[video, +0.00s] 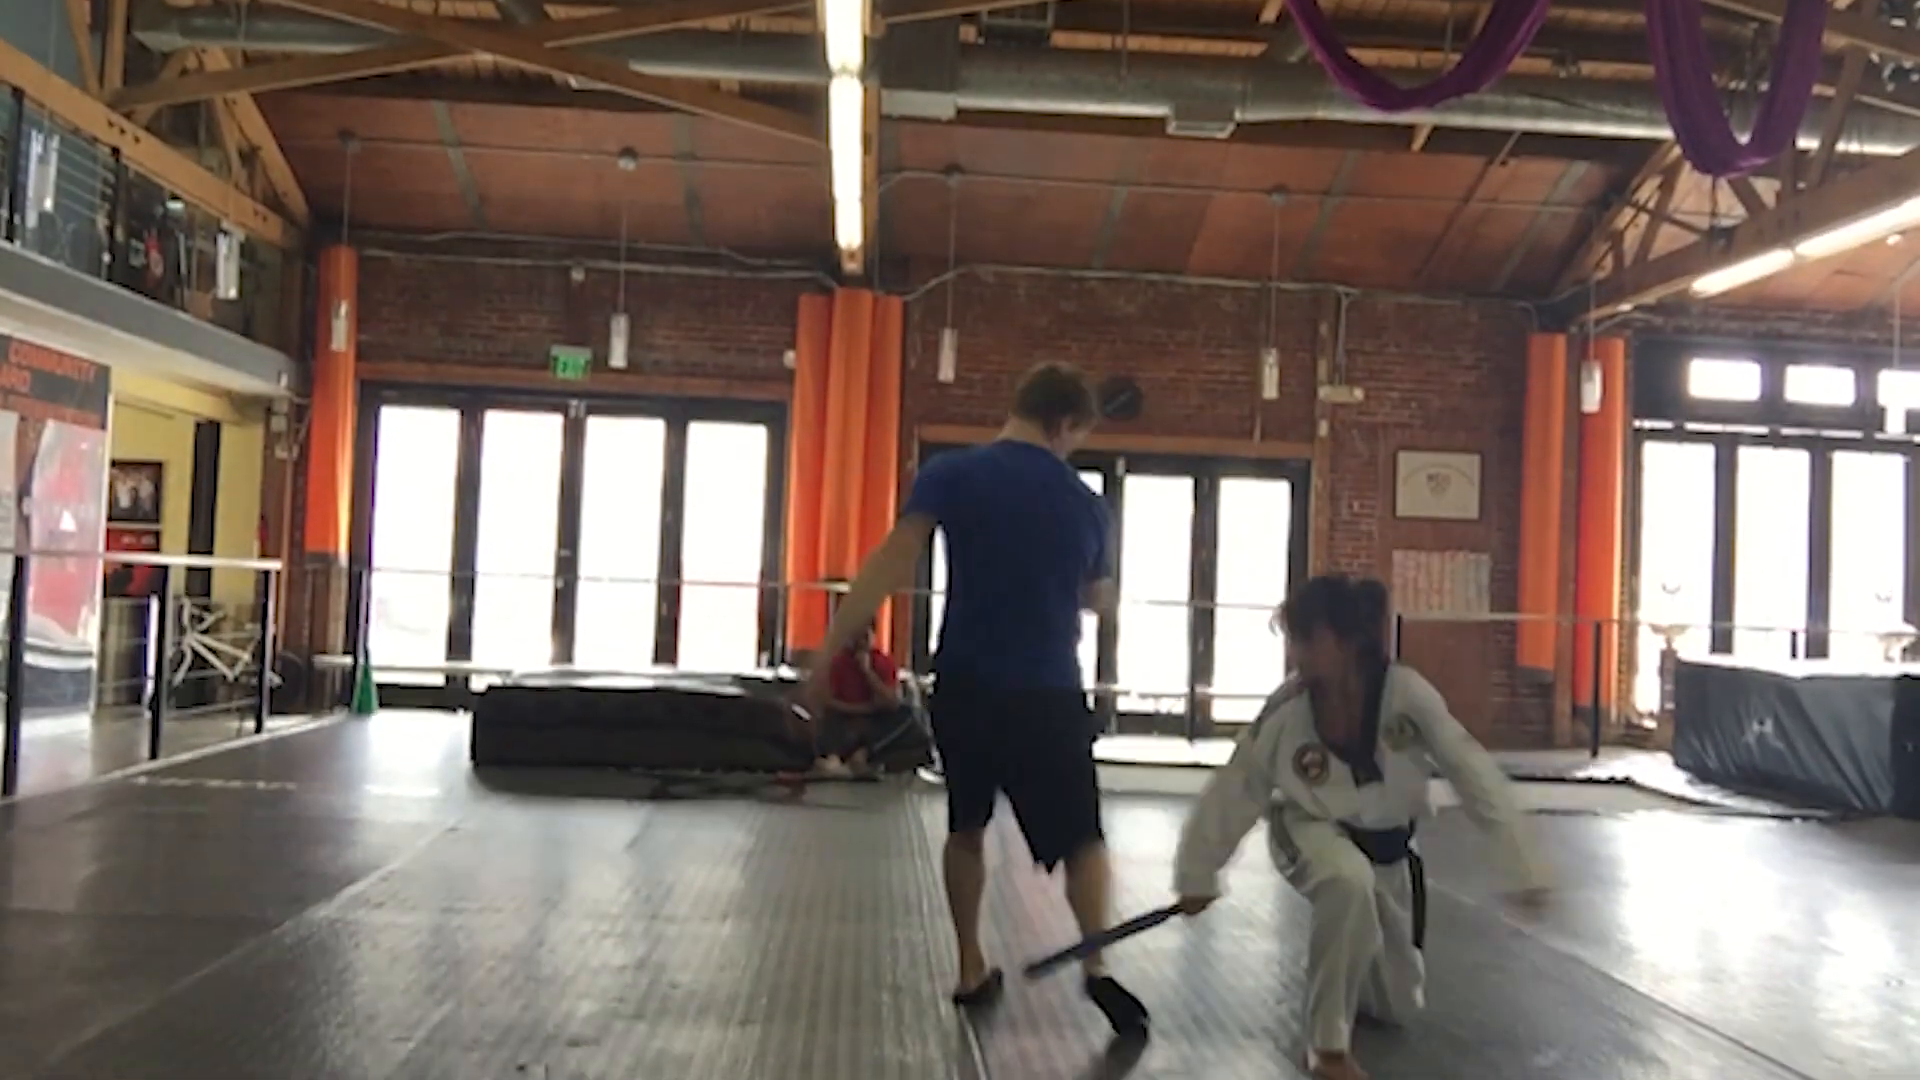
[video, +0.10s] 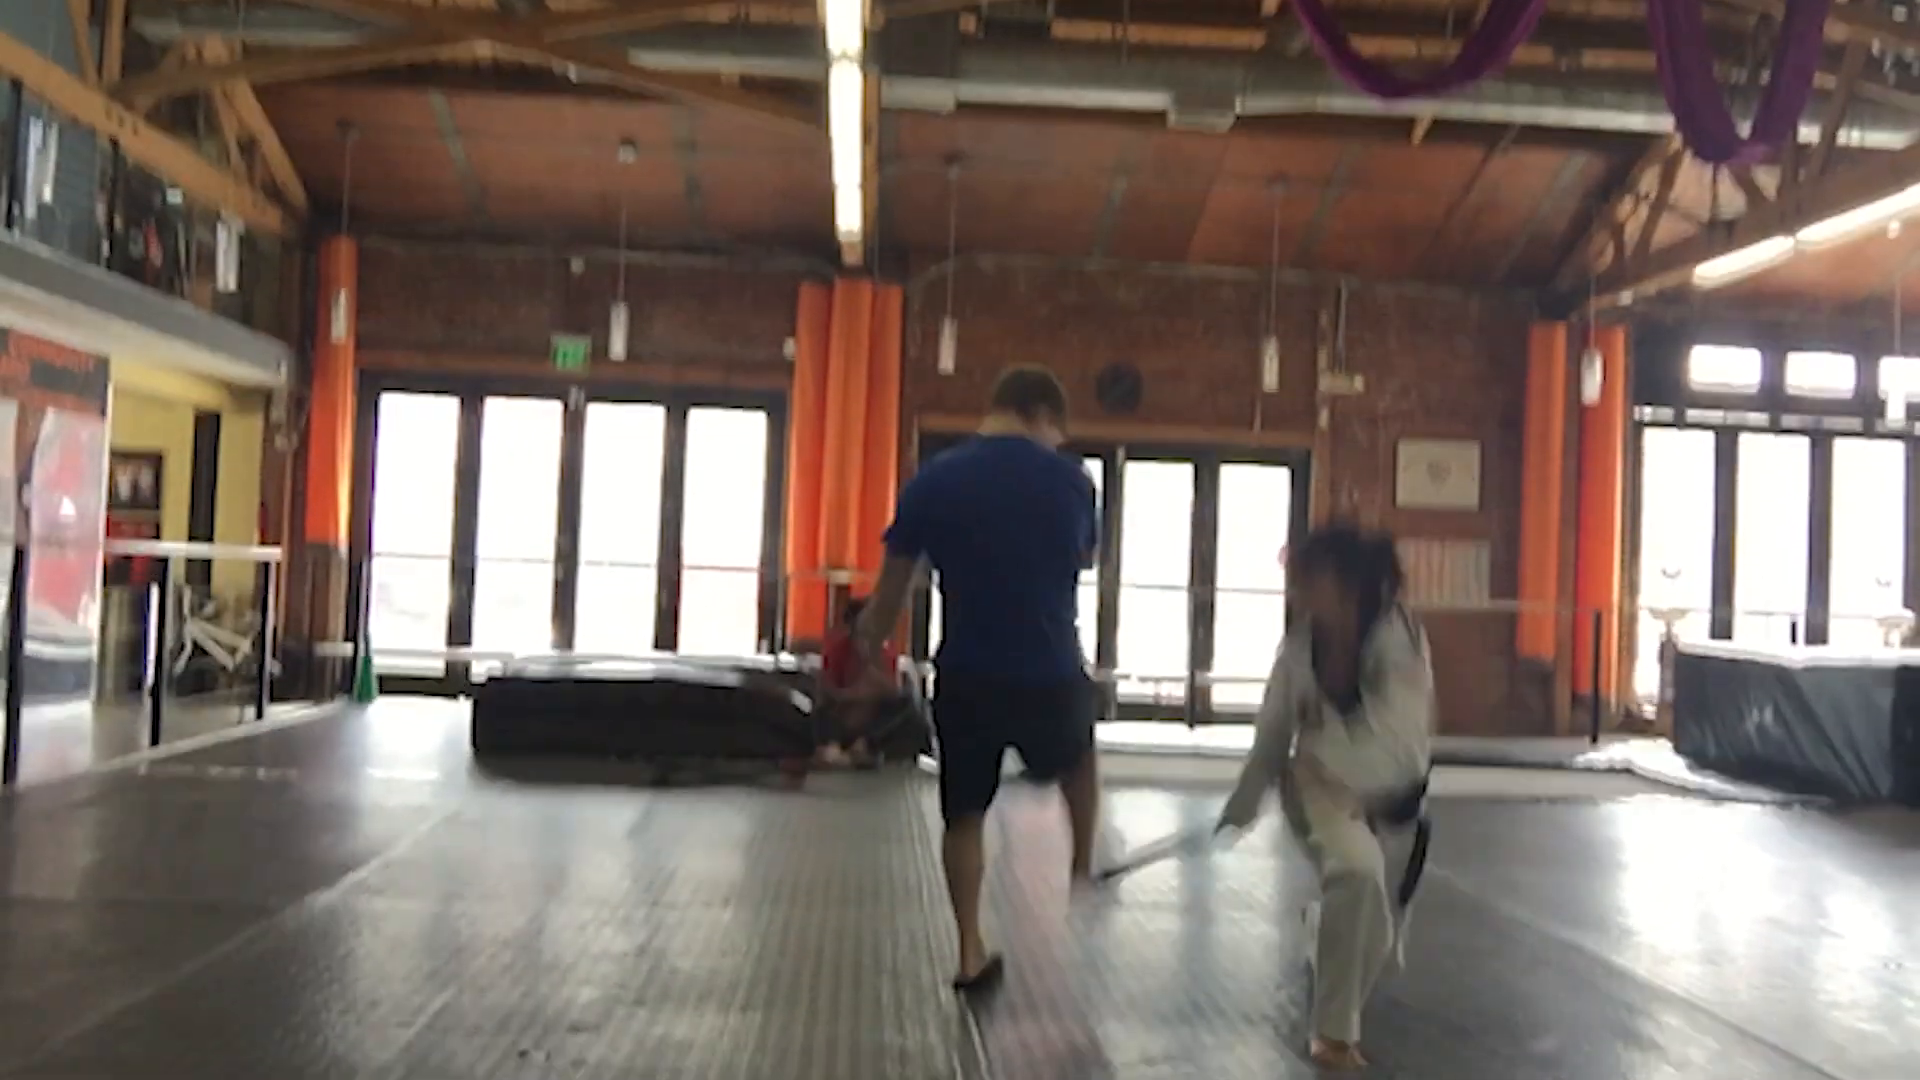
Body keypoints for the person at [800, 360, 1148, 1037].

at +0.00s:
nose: (1076, 443)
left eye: (1078, 434)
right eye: (1079, 433)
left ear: (1009, 412)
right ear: (1067, 427)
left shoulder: (950, 471)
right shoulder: (1084, 503)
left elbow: (896, 560)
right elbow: (1101, 600)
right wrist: (1044, 573)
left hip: (962, 693)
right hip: (1048, 699)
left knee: (965, 826)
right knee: (1082, 836)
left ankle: (970, 970)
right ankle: (1098, 963)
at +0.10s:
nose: (1058, 442)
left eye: (1058, 432)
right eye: (1057, 430)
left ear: (994, 412)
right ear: (1038, 418)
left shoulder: (937, 477)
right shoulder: (1066, 478)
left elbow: (895, 582)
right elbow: (1081, 560)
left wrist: (870, 639)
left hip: (965, 677)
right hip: (1049, 676)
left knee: (962, 815)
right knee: (1078, 762)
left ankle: (970, 956)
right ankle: (1083, 869)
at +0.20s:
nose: (1040, 443)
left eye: (1038, 435)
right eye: (1039, 434)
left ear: (970, 432)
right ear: (1026, 431)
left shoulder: (927, 496)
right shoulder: (1049, 481)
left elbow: (916, 498)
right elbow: (1075, 473)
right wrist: (1040, 458)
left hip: (964, 693)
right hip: (1045, 690)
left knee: (969, 823)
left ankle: (972, 959)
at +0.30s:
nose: (1039, 444)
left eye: (1034, 432)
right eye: (1031, 435)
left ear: (961, 448)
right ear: (1013, 444)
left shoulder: (923, 509)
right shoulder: (1044, 500)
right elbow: (1068, 452)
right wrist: (1039, 390)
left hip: (960, 711)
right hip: (1044, 710)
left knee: (966, 833)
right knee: (1059, 573)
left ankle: (973, 963)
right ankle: (1069, 625)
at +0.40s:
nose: (1021, 464)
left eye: (1015, 456)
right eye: (1014, 458)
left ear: (944, 469)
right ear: (998, 474)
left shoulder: (921, 529)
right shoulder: (1043, 525)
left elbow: (929, 481)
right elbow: (1070, 479)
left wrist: (978, 434)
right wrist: (1040, 406)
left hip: (957, 736)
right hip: (1044, 739)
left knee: (965, 830)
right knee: (1045, 627)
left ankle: (971, 955)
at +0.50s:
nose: (1009, 492)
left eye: (1001, 487)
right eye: (1001, 490)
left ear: (935, 526)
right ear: (991, 521)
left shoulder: (915, 577)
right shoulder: (1039, 567)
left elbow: (909, 528)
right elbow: (1074, 487)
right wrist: (1030, 414)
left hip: (958, 795)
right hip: (1042, 793)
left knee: (965, 826)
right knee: (1032, 720)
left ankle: (966, 945)